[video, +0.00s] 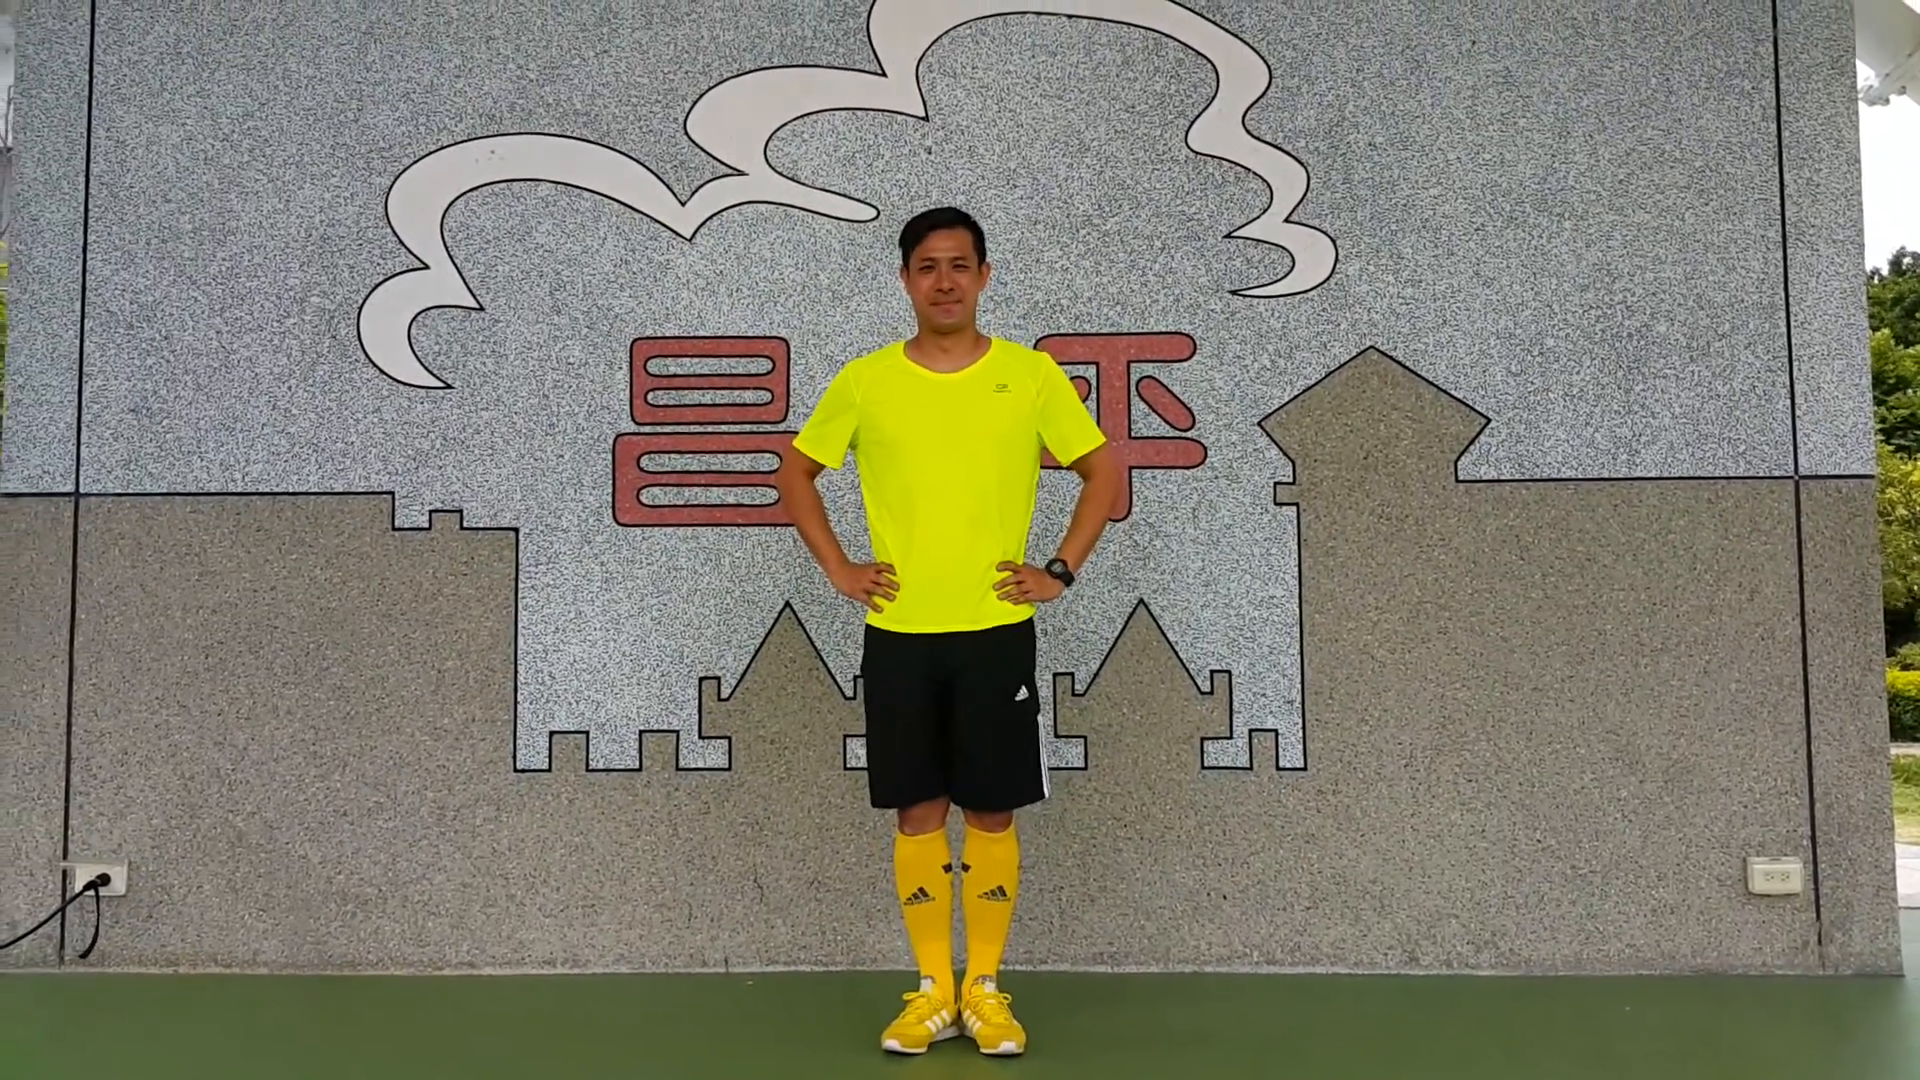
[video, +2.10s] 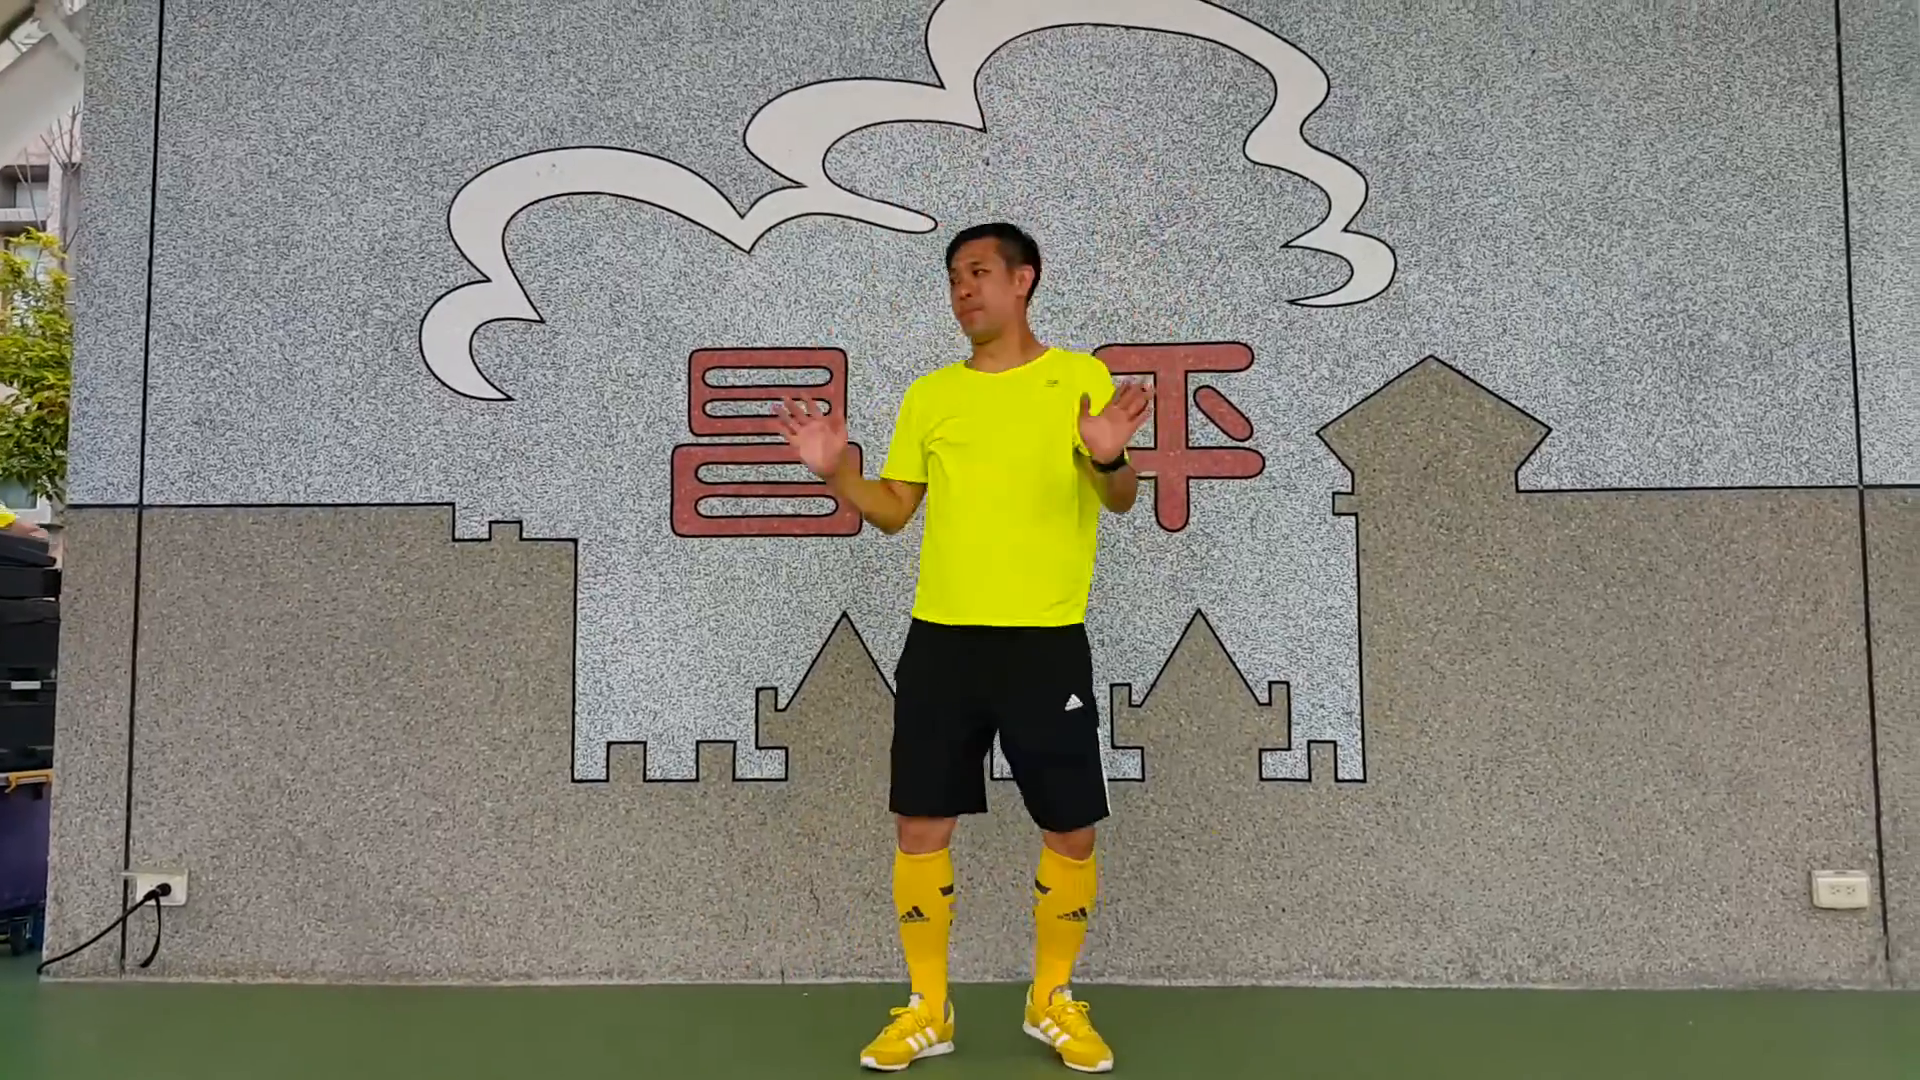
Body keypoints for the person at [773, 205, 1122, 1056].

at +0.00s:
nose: (944, 280)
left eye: (960, 265)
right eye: (928, 267)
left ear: (984, 278)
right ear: (906, 282)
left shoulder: (1030, 373)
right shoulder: (865, 380)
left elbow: (1106, 469)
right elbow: (794, 474)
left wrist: (1061, 570)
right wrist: (838, 566)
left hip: (997, 624)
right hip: (900, 626)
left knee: (990, 809)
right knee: (918, 808)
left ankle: (983, 989)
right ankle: (934, 991)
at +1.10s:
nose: (1009, 280)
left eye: (1017, 267)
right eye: (989, 266)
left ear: (1026, 282)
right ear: (949, 279)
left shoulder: (1057, 378)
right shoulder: (897, 375)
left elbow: (1097, 481)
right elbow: (826, 465)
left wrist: (1148, 556)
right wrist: (832, 524)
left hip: (1029, 624)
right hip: (927, 623)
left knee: (1032, 804)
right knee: (928, 807)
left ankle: (1018, 986)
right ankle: (955, 978)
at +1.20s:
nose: (1033, 289)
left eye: (1034, 275)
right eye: (1016, 275)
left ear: (1022, 287)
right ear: (967, 287)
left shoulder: (1049, 384)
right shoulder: (917, 379)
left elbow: (1107, 475)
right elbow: (883, 485)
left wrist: (1178, 492)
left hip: (1026, 628)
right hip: (926, 626)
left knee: (1043, 807)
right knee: (908, 808)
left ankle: (1023, 986)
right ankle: (899, 962)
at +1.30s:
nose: (1029, 292)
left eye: (1031, 279)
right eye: (1013, 277)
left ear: (1023, 287)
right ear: (970, 281)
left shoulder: (1046, 372)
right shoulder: (924, 352)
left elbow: (1134, 386)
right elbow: (939, 368)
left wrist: (1173, 318)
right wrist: (1025, 272)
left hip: (1016, 617)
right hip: (928, 611)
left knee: (1044, 803)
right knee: (894, 798)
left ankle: (1029, 986)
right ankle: (804, 941)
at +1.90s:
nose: (1026, 274)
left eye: (1035, 262)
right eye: (1007, 263)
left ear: (1048, 277)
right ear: (970, 282)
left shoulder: (1075, 363)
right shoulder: (942, 354)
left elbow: (1185, 346)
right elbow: (869, 330)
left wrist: (1159, 260)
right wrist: (920, 221)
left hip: (1041, 614)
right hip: (945, 607)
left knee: (1068, 809)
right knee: (893, 799)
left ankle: (1053, 999)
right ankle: (849, 976)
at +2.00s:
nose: (999, 271)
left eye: (1013, 257)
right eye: (983, 262)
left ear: (1043, 272)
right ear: (967, 286)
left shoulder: (1091, 363)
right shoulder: (937, 365)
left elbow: (1181, 437)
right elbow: (868, 450)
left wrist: (1170, 364)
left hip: (1045, 612)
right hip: (942, 607)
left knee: (1063, 809)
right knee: (917, 802)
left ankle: (1052, 999)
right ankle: (923, 997)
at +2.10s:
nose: (962, 291)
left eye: (979, 274)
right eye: (956, 280)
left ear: (1026, 281)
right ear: (952, 297)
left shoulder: (1081, 378)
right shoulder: (928, 396)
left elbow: (1119, 498)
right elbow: (891, 511)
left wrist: (1106, 454)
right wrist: (842, 473)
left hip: (1048, 634)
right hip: (942, 633)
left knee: (1071, 823)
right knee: (922, 817)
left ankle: (1050, 1000)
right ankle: (927, 1011)